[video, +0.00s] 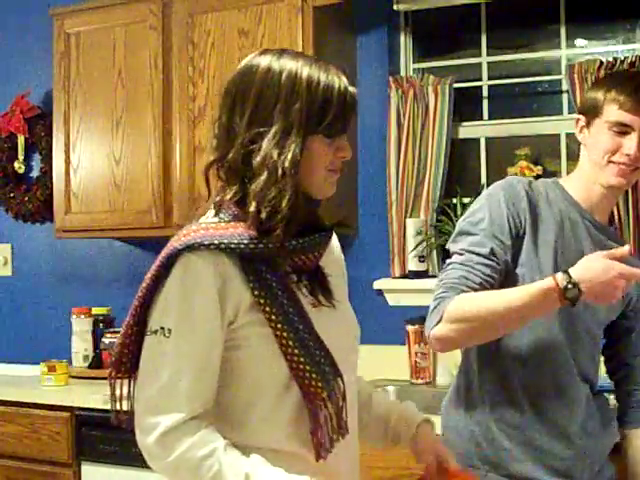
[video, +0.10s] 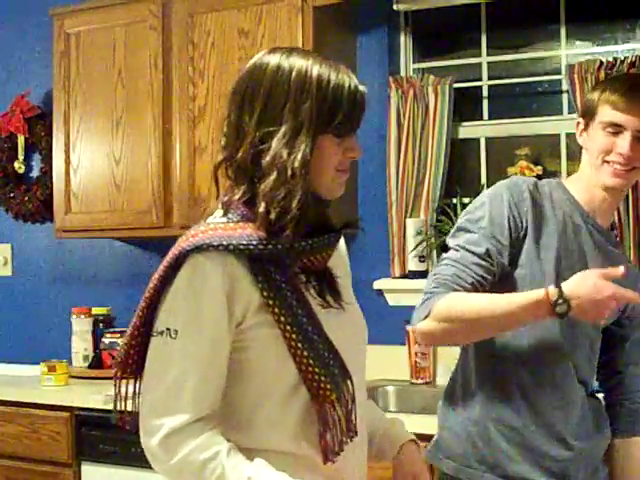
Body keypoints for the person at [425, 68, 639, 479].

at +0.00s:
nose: (633, 150)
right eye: (620, 129)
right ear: (582, 128)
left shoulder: (622, 257)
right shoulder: (513, 200)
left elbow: (631, 383)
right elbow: (443, 327)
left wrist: (631, 462)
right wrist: (569, 286)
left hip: (583, 458)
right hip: (490, 457)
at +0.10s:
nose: (626, 150)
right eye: (614, 130)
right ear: (582, 129)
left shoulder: (622, 265)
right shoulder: (513, 201)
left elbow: (626, 409)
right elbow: (430, 320)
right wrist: (559, 300)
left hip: (578, 466)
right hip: (484, 461)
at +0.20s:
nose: (611, 148)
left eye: (629, 135)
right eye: (600, 129)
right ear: (582, 132)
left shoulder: (627, 281)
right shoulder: (516, 201)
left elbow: (625, 426)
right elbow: (412, 311)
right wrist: (540, 320)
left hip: (570, 467)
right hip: (475, 461)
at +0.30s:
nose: (603, 147)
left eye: (624, 136)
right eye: (595, 129)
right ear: (582, 132)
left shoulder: (627, 281)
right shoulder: (513, 201)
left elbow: (628, 413)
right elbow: (392, 291)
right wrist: (506, 337)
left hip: (558, 466)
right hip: (464, 459)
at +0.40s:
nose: (600, 149)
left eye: (621, 138)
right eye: (592, 131)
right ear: (580, 134)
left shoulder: (625, 288)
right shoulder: (506, 200)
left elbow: (626, 418)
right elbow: (377, 270)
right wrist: (457, 354)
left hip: (544, 466)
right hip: (449, 458)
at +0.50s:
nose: (591, 153)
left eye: (614, 143)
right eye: (584, 135)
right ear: (573, 139)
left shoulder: (614, 296)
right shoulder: (490, 203)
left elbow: (615, 428)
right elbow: (367, 255)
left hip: (527, 468)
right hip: (436, 459)